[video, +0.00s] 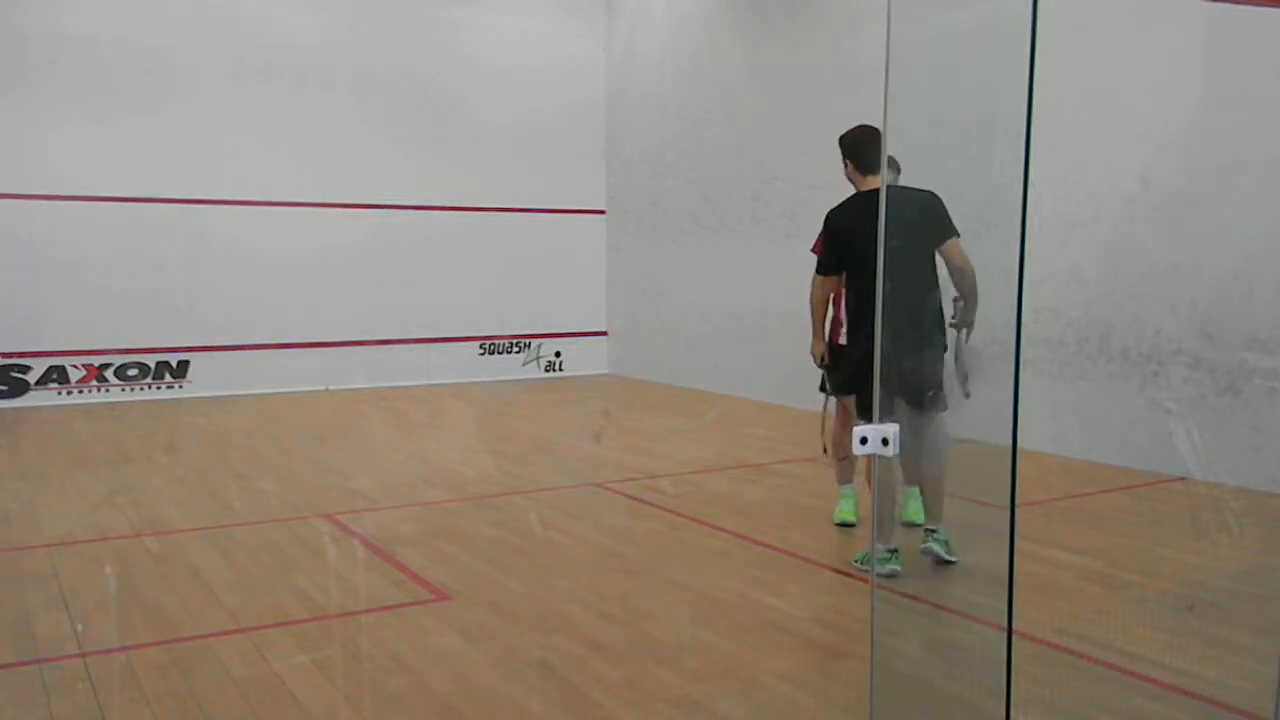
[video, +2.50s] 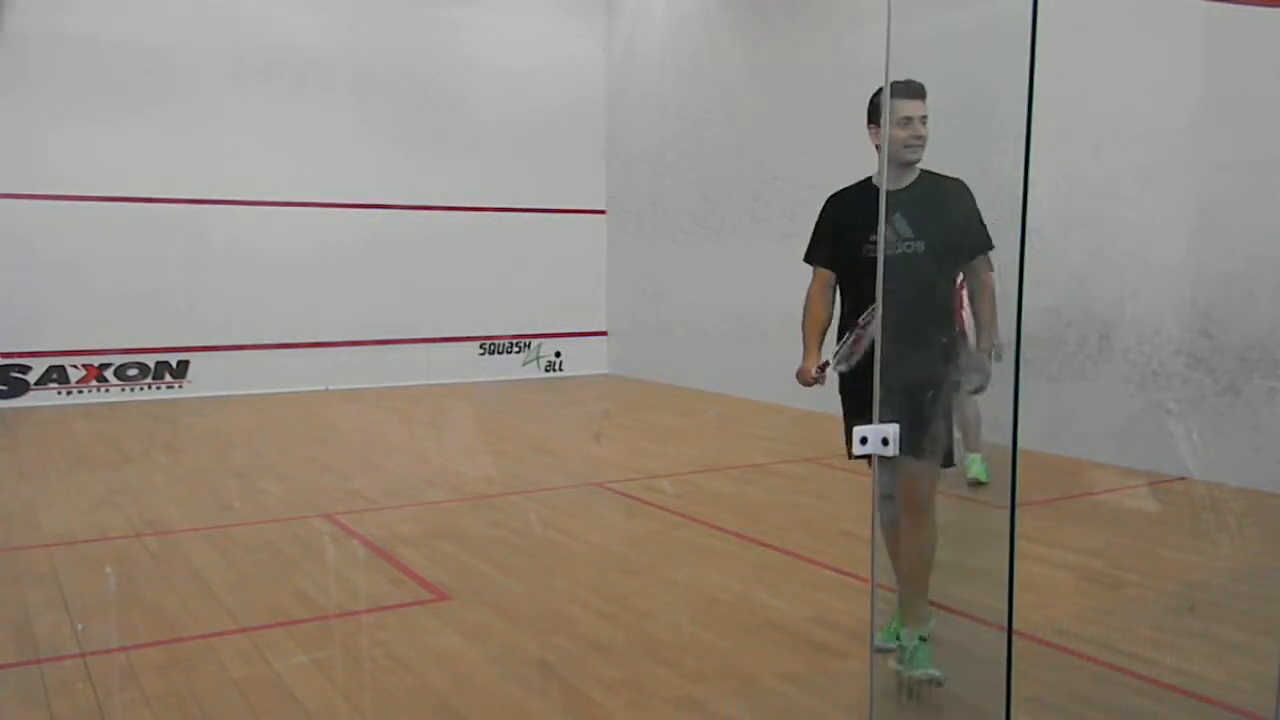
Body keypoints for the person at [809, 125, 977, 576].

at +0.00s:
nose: (842, 169)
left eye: (842, 164)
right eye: (847, 161)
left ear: (848, 166)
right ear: (885, 158)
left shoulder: (841, 218)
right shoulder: (925, 203)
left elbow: (822, 288)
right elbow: (961, 267)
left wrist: (818, 338)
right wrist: (970, 307)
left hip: (870, 349)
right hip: (923, 345)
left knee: (879, 444)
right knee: (928, 435)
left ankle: (885, 550)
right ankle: (936, 532)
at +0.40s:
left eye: (907, 161)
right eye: (937, 160)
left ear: (900, 164)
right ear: (943, 163)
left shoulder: (885, 213)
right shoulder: (970, 210)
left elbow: (858, 276)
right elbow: (997, 273)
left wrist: (845, 325)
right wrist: (1001, 330)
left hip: (900, 344)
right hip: (956, 344)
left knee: (891, 441)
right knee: (957, 441)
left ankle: (884, 547)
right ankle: (966, 544)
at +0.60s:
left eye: (932, 161)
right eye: (961, 160)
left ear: (928, 161)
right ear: (968, 165)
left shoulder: (904, 208)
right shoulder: (989, 213)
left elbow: (889, 275)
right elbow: (1022, 277)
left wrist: (885, 333)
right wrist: (1013, 337)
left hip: (914, 339)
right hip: (970, 341)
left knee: (905, 437)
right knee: (967, 441)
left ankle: (892, 544)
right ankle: (967, 546)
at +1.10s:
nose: (929, 157)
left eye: (933, 150)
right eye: (933, 149)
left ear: (945, 153)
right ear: (973, 156)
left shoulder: (956, 205)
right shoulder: (989, 208)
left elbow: (947, 273)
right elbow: (1005, 276)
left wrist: (906, 293)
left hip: (957, 346)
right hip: (979, 345)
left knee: (946, 445)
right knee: (959, 446)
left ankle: (975, 566)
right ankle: (968, 546)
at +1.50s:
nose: (956, 150)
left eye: (968, 143)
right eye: (949, 140)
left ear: (987, 149)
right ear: (939, 143)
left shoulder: (1001, 206)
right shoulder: (934, 203)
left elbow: (1037, 276)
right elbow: (917, 261)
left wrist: (965, 296)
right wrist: (889, 279)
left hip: (979, 352)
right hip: (928, 345)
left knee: (972, 456)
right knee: (909, 451)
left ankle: (979, 571)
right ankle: (910, 562)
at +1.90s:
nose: (960, 142)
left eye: (967, 133)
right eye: (949, 132)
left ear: (974, 141)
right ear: (923, 138)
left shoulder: (992, 206)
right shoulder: (891, 209)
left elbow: (1009, 287)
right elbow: (863, 285)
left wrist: (985, 338)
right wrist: (836, 352)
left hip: (965, 362)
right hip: (904, 361)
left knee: (959, 468)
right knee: (909, 477)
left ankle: (967, 564)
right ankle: (912, 604)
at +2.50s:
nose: (917, 131)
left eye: (922, 122)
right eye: (904, 123)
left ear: (929, 129)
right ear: (875, 132)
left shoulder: (951, 196)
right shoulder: (844, 205)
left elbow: (980, 275)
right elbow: (821, 282)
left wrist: (987, 345)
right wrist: (812, 349)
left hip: (931, 366)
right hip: (867, 370)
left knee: (917, 496)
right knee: (887, 496)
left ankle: (915, 629)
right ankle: (909, 607)